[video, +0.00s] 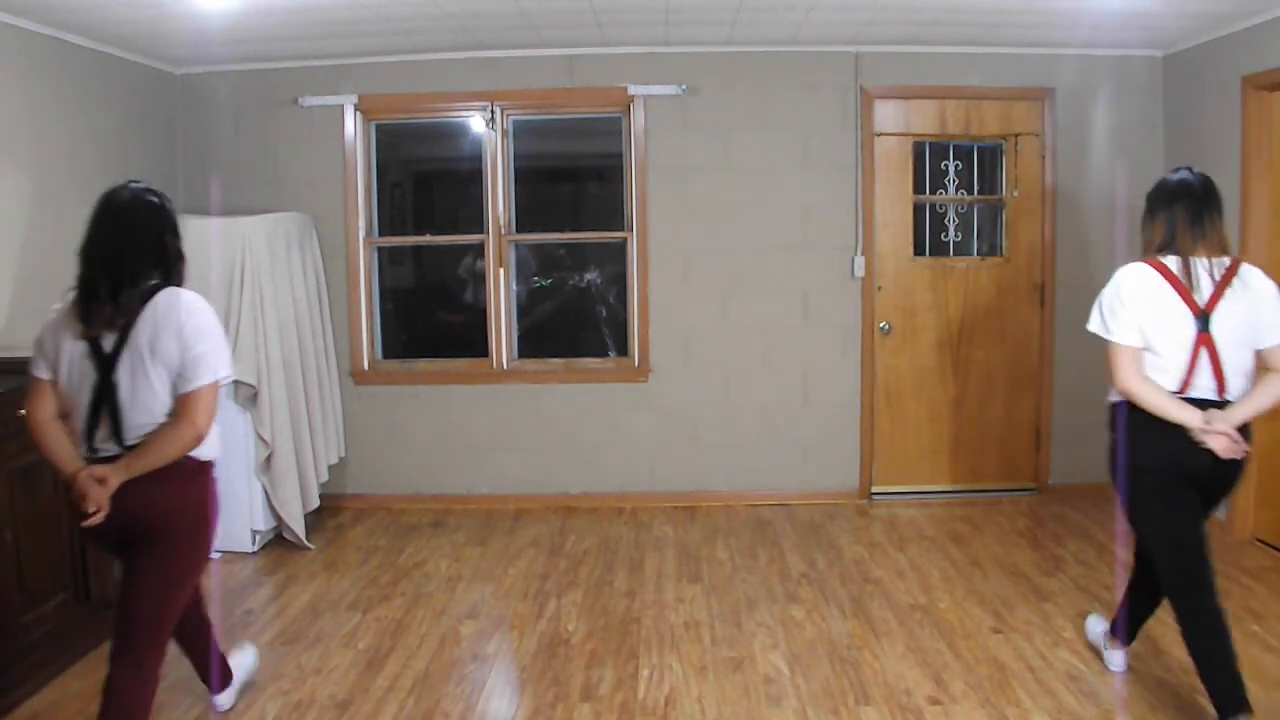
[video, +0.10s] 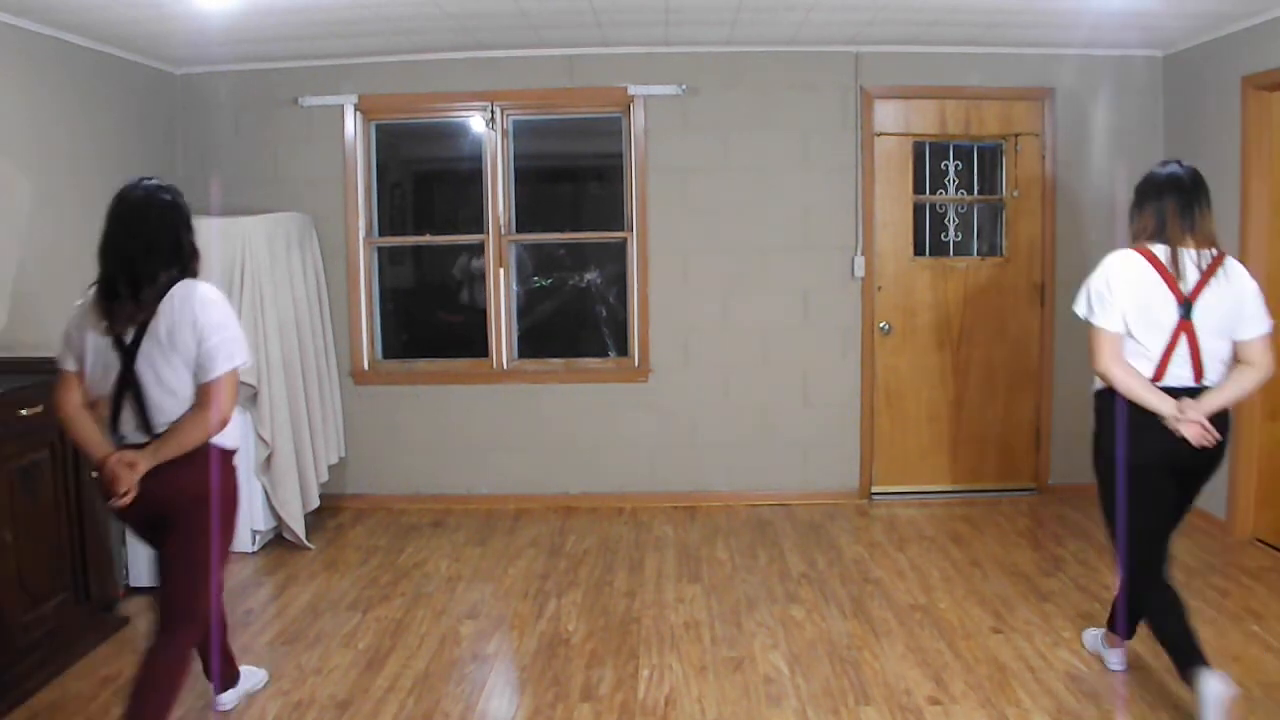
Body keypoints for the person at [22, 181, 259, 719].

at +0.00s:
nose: (175, 246)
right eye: (172, 236)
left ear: (95, 243)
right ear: (168, 245)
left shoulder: (66, 319)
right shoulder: (186, 313)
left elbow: (39, 414)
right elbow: (193, 424)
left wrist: (79, 476)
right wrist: (116, 473)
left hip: (98, 499)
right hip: (173, 496)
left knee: (176, 592)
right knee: (135, 656)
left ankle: (222, 678)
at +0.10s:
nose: (189, 239)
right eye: (186, 230)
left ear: (112, 240)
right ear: (183, 239)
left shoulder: (91, 311)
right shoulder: (201, 303)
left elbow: (68, 403)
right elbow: (216, 411)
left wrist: (109, 462)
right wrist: (145, 458)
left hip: (127, 477)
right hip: (198, 475)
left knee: (200, 580)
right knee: (181, 623)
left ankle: (226, 680)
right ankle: (142, 713)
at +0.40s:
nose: (224, 210)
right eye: (219, 202)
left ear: (154, 211)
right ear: (214, 208)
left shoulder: (134, 278)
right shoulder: (229, 268)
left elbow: (119, 360)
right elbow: (235, 367)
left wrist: (151, 411)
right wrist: (181, 415)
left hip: (163, 429)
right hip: (230, 428)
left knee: (207, 550)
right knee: (271, 534)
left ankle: (220, 677)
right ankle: (229, 650)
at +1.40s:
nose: (370, 210)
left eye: (368, 200)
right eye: (365, 202)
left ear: (312, 208)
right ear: (346, 209)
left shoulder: (282, 267)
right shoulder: (361, 265)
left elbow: (270, 333)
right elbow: (357, 348)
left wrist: (286, 377)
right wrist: (308, 383)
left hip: (302, 401)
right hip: (353, 401)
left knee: (332, 489)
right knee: (355, 505)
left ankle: (289, 574)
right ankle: (359, 605)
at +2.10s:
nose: (446, 225)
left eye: (447, 216)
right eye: (441, 215)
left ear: (422, 217)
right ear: (415, 214)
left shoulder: (415, 264)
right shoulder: (383, 263)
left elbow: (387, 332)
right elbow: (354, 344)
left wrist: (349, 367)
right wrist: (353, 369)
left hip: (419, 398)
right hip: (384, 400)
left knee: (460, 475)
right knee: (370, 502)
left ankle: (420, 567)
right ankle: (353, 601)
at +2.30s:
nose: (483, 231)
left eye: (484, 222)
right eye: (477, 221)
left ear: (463, 225)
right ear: (450, 221)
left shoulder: (456, 272)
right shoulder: (420, 269)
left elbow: (436, 340)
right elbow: (395, 346)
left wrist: (385, 371)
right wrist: (383, 374)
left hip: (460, 408)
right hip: (423, 409)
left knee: (488, 498)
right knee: (393, 503)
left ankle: (531, 585)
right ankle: (356, 597)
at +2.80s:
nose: (570, 209)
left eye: (571, 200)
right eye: (564, 200)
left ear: (551, 202)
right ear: (537, 201)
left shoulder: (547, 249)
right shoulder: (513, 247)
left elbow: (534, 319)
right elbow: (489, 326)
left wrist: (492, 359)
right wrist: (491, 359)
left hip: (549, 380)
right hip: (527, 382)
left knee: (538, 484)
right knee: (573, 483)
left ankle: (537, 583)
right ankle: (512, 563)